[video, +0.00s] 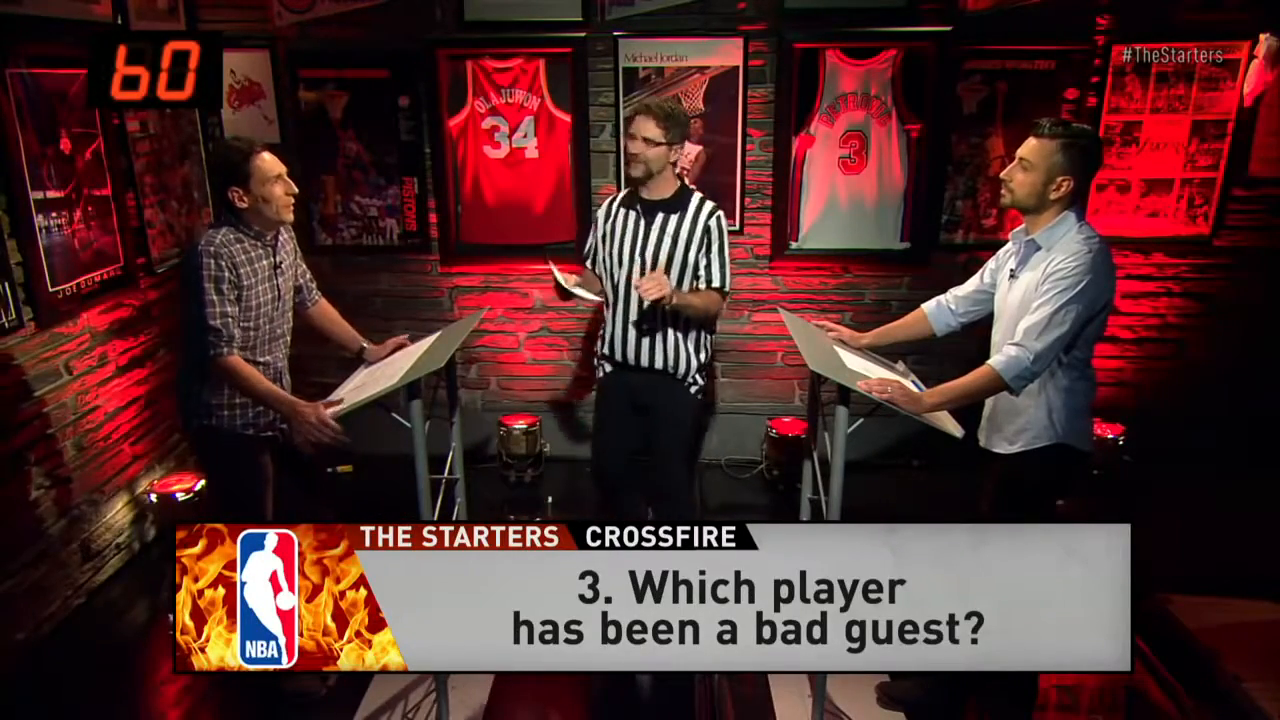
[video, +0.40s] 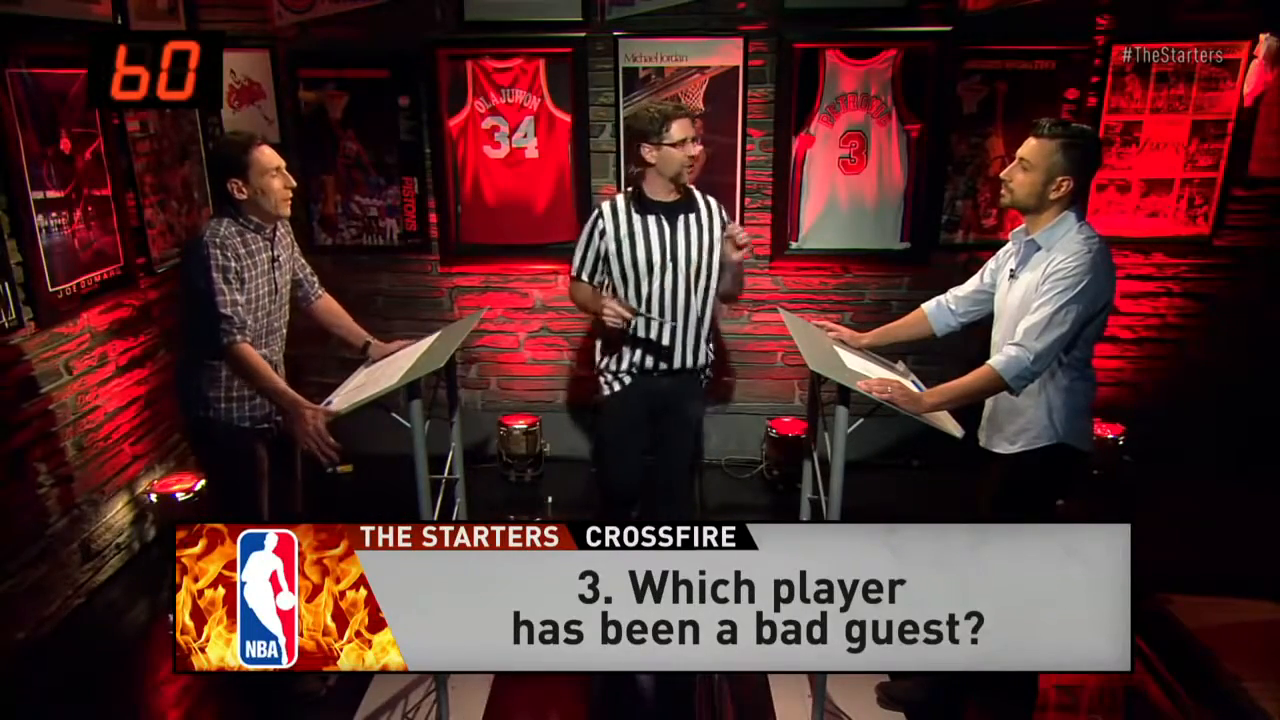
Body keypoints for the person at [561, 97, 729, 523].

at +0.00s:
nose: (633, 147)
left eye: (647, 141)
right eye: (630, 137)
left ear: (675, 151)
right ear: (624, 140)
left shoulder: (706, 217)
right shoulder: (611, 209)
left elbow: (713, 304)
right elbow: (599, 282)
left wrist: (675, 297)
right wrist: (580, 284)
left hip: (677, 383)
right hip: (617, 375)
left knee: (671, 491)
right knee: (610, 482)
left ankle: (675, 572)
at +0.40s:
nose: (695, 151)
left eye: (695, 142)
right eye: (684, 144)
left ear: (687, 149)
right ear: (648, 153)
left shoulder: (709, 212)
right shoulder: (611, 215)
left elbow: (727, 292)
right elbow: (579, 284)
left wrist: (733, 258)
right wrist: (602, 303)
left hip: (686, 379)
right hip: (626, 380)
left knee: (675, 492)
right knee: (623, 490)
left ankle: (671, 585)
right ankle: (616, 585)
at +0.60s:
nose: (703, 152)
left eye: (703, 143)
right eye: (693, 145)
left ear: (689, 154)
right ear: (657, 154)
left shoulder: (709, 212)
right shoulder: (617, 219)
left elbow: (727, 286)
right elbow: (584, 293)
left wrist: (775, 260)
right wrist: (623, 308)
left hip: (691, 384)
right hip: (633, 388)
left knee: (679, 505)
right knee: (632, 504)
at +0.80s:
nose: (705, 153)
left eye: (705, 143)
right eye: (695, 145)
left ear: (692, 150)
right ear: (660, 153)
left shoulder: (713, 211)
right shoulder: (621, 219)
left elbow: (719, 294)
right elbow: (588, 295)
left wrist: (741, 281)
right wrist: (633, 312)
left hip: (692, 379)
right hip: (637, 382)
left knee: (679, 495)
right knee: (641, 491)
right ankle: (584, 514)